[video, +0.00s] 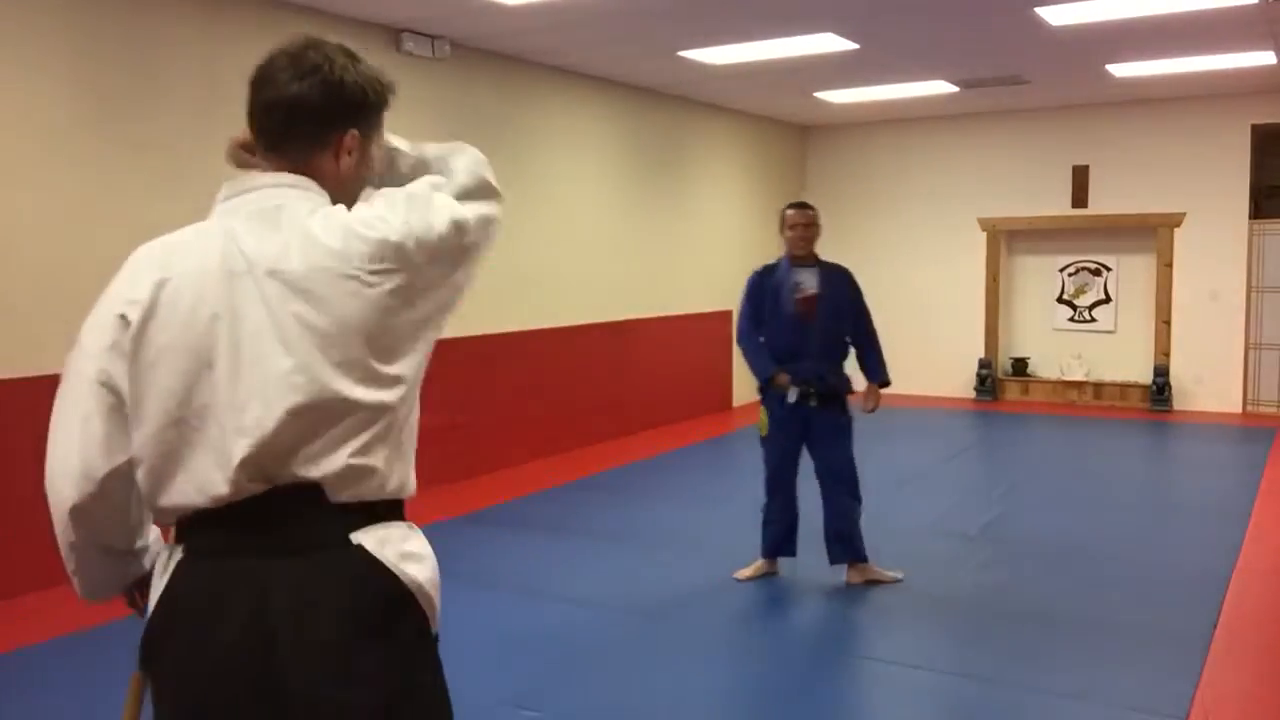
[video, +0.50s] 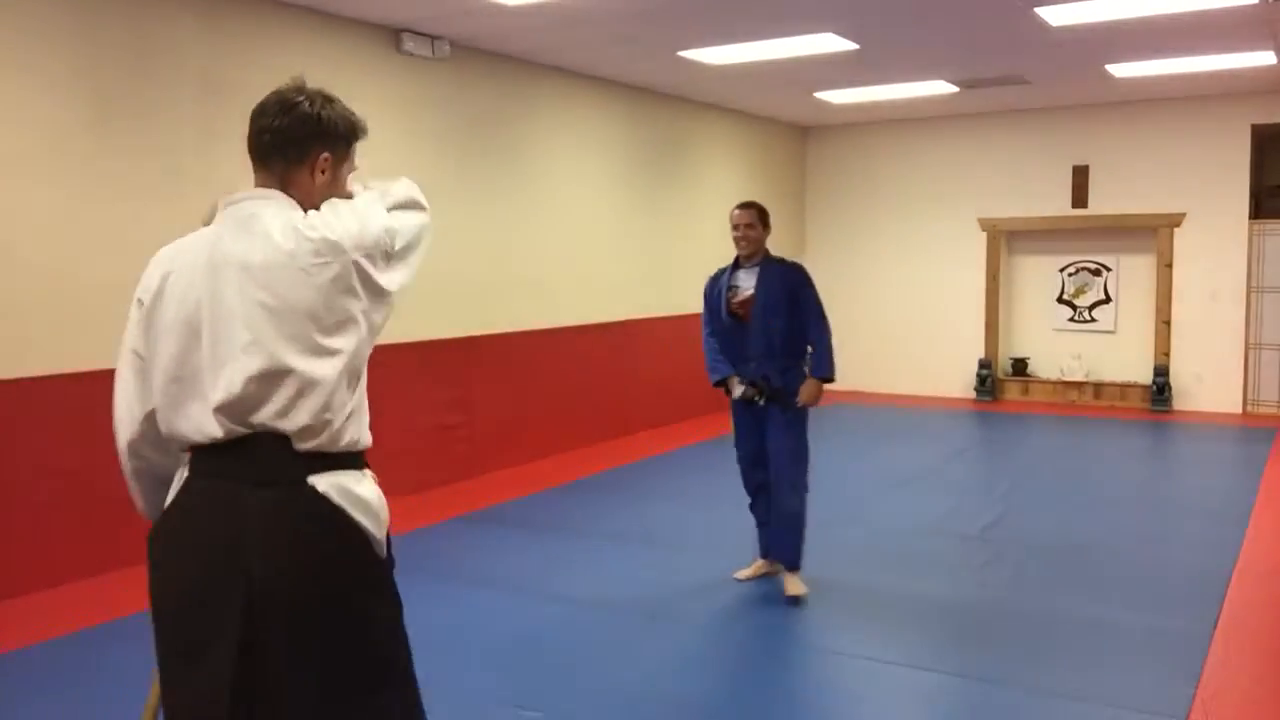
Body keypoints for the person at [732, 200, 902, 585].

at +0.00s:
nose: (801, 233)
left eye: (808, 226)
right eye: (794, 227)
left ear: (818, 231)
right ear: (782, 232)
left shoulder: (839, 278)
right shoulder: (763, 281)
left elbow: (863, 330)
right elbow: (747, 335)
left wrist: (875, 379)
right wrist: (773, 375)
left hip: (830, 396)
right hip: (782, 396)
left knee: (841, 481)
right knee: (778, 481)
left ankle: (856, 564)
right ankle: (769, 558)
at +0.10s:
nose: (780, 233)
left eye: (787, 226)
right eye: (773, 227)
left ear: (800, 230)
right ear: (764, 233)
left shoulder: (826, 276)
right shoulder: (747, 282)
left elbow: (850, 328)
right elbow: (732, 336)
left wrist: (859, 377)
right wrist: (755, 374)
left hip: (818, 395)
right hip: (769, 396)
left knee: (833, 479)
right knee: (770, 480)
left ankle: (854, 563)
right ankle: (769, 558)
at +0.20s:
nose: (764, 233)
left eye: (772, 226)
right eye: (757, 227)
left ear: (786, 230)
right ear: (750, 232)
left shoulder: (813, 275)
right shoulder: (734, 283)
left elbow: (838, 325)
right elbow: (720, 336)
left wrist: (844, 375)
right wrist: (744, 373)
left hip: (809, 391)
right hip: (762, 395)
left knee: (827, 477)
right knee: (765, 479)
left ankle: (846, 565)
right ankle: (769, 559)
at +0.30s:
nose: (754, 233)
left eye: (761, 226)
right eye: (748, 227)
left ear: (776, 229)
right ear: (740, 233)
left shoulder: (803, 274)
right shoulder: (726, 284)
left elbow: (830, 324)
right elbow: (714, 337)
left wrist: (832, 374)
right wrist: (738, 369)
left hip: (801, 392)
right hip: (755, 396)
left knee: (817, 479)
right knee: (763, 479)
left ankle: (830, 565)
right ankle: (769, 558)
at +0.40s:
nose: (745, 233)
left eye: (753, 226)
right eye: (740, 227)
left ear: (769, 230)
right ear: (734, 233)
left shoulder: (796, 274)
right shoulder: (720, 285)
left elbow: (824, 326)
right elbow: (712, 338)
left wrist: (824, 375)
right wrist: (732, 372)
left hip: (794, 394)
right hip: (751, 396)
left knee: (802, 479)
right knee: (761, 479)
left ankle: (813, 565)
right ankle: (769, 557)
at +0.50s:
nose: (742, 234)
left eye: (749, 227)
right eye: (736, 227)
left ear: (765, 231)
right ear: (730, 233)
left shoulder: (792, 275)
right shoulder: (717, 284)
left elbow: (818, 327)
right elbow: (711, 337)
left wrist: (817, 376)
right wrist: (728, 377)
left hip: (786, 391)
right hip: (744, 393)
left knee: (787, 476)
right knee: (754, 475)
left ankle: (790, 567)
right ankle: (770, 556)